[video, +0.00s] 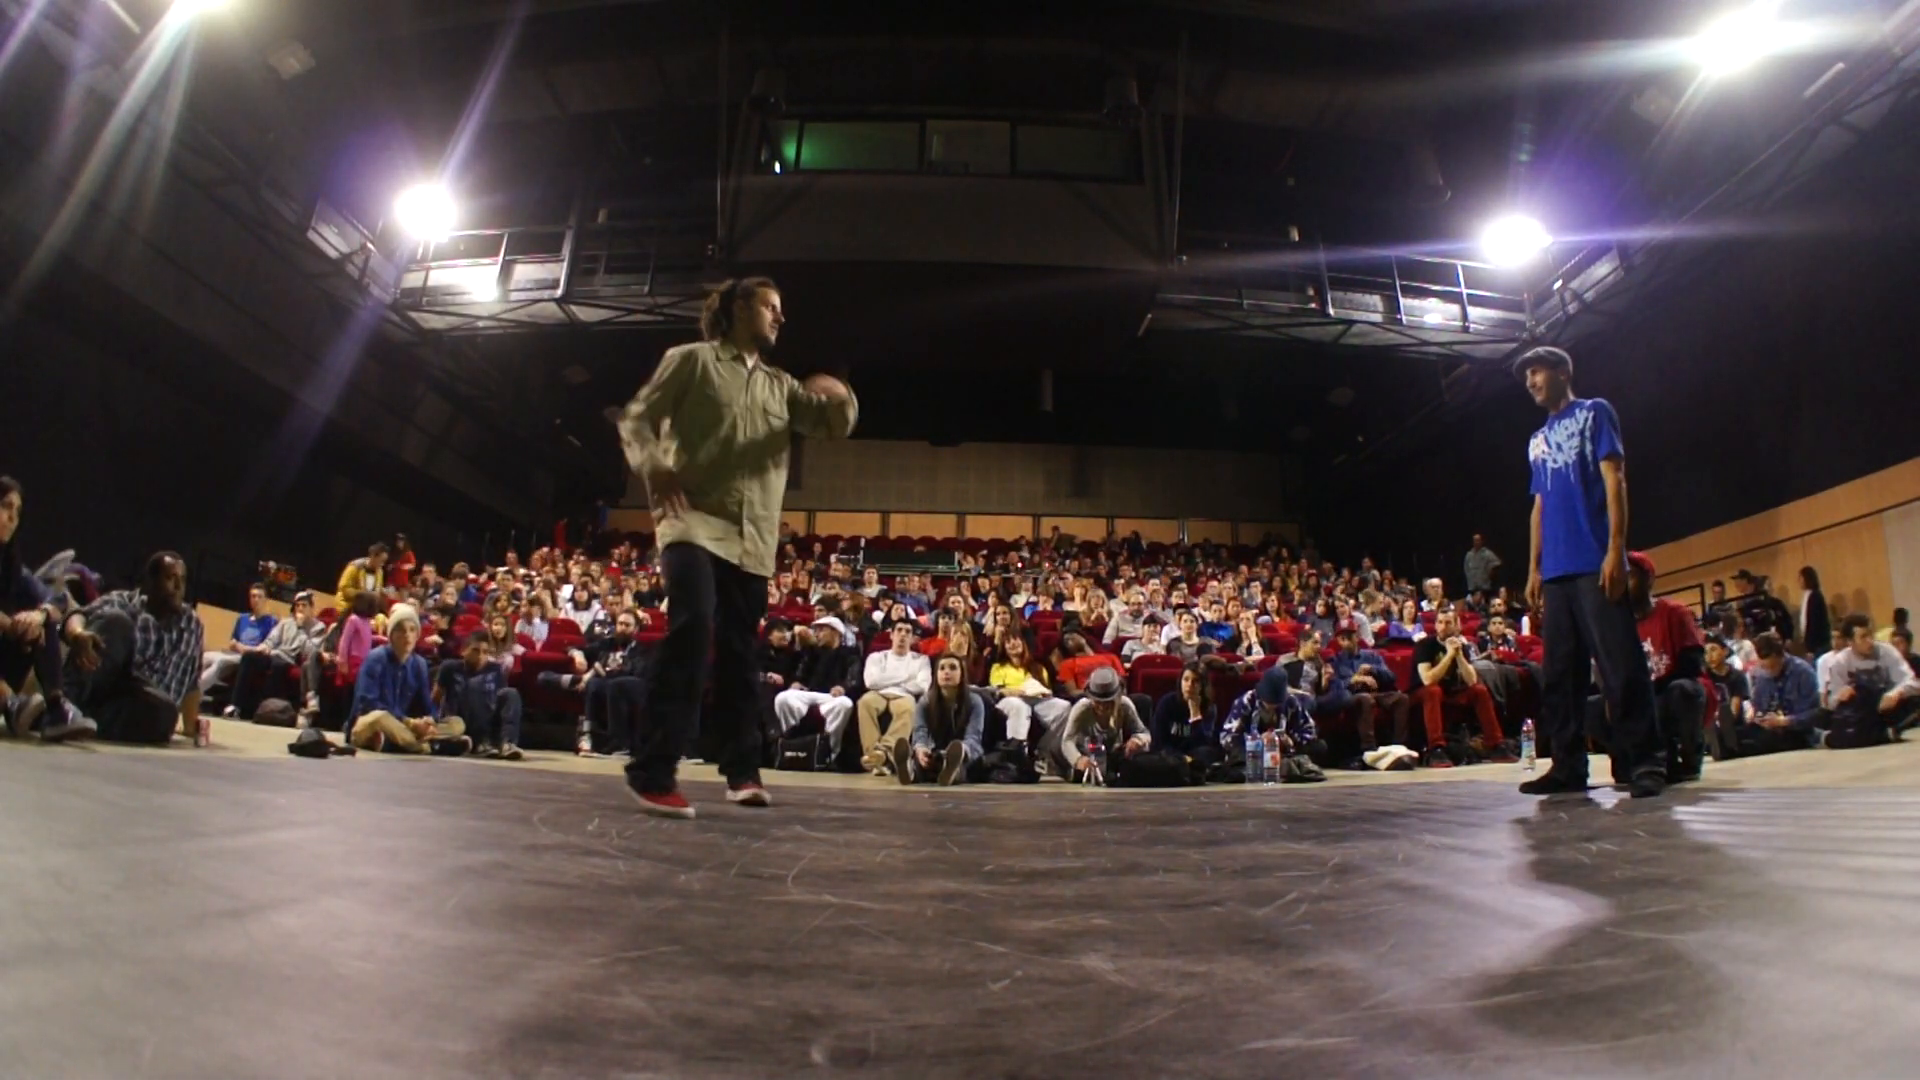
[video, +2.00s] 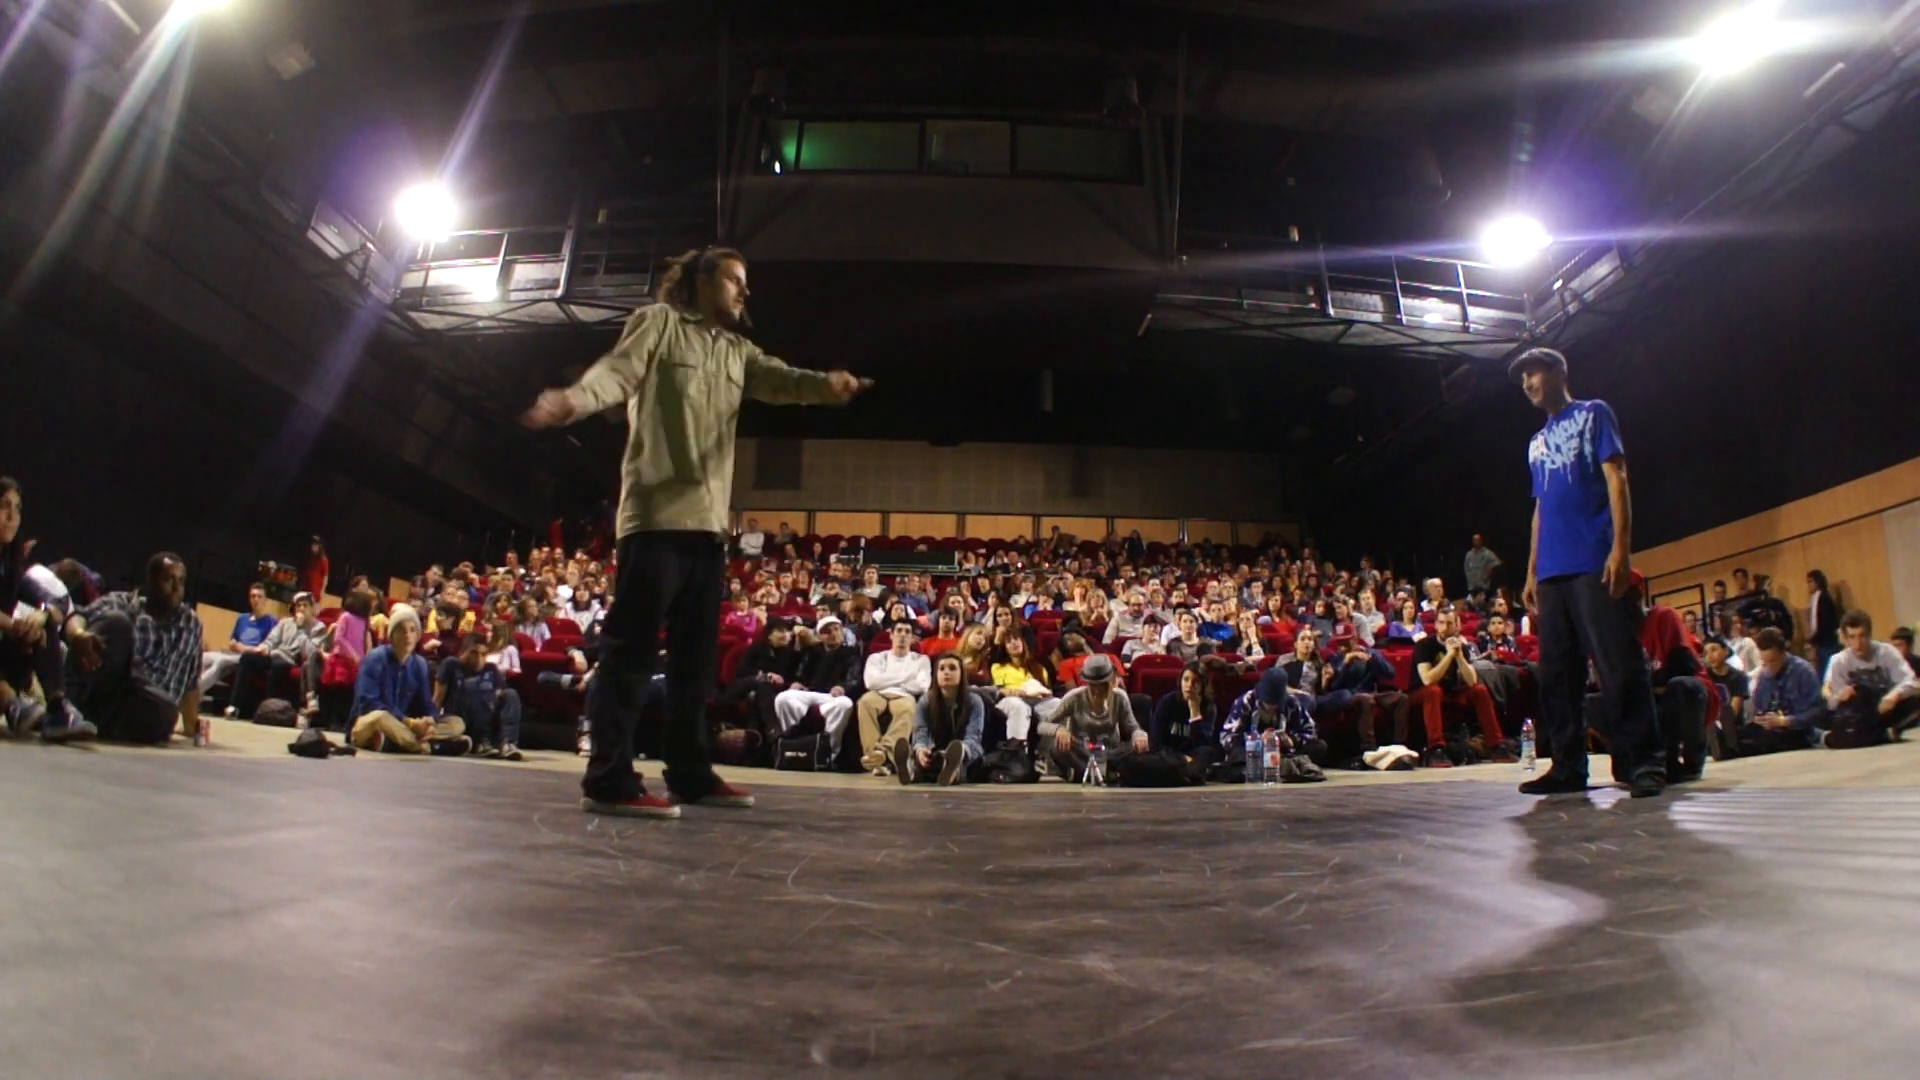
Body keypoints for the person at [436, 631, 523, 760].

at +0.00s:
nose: (480, 656)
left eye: (485, 652)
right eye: (475, 651)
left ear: (489, 654)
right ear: (464, 651)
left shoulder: (494, 669)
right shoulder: (449, 667)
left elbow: (501, 694)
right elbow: (437, 695)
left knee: (510, 693)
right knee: (472, 687)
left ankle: (508, 743)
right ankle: (482, 742)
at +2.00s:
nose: (478, 659)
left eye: (483, 654)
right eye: (474, 654)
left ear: (487, 654)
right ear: (465, 652)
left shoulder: (491, 669)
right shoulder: (450, 665)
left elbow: (499, 695)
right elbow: (438, 697)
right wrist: (430, 721)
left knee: (510, 694)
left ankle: (508, 743)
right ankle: (483, 742)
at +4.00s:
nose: (478, 659)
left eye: (483, 654)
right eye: (473, 654)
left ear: (487, 655)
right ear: (464, 653)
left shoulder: (491, 669)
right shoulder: (450, 664)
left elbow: (497, 696)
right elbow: (438, 697)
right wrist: (429, 721)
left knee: (510, 694)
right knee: (471, 688)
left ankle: (508, 743)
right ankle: (483, 742)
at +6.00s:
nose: (478, 659)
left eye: (483, 655)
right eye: (473, 654)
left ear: (487, 655)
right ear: (462, 654)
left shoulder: (491, 670)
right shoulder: (451, 665)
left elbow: (497, 695)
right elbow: (438, 698)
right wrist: (430, 720)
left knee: (511, 695)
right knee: (472, 691)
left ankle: (508, 743)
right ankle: (483, 742)